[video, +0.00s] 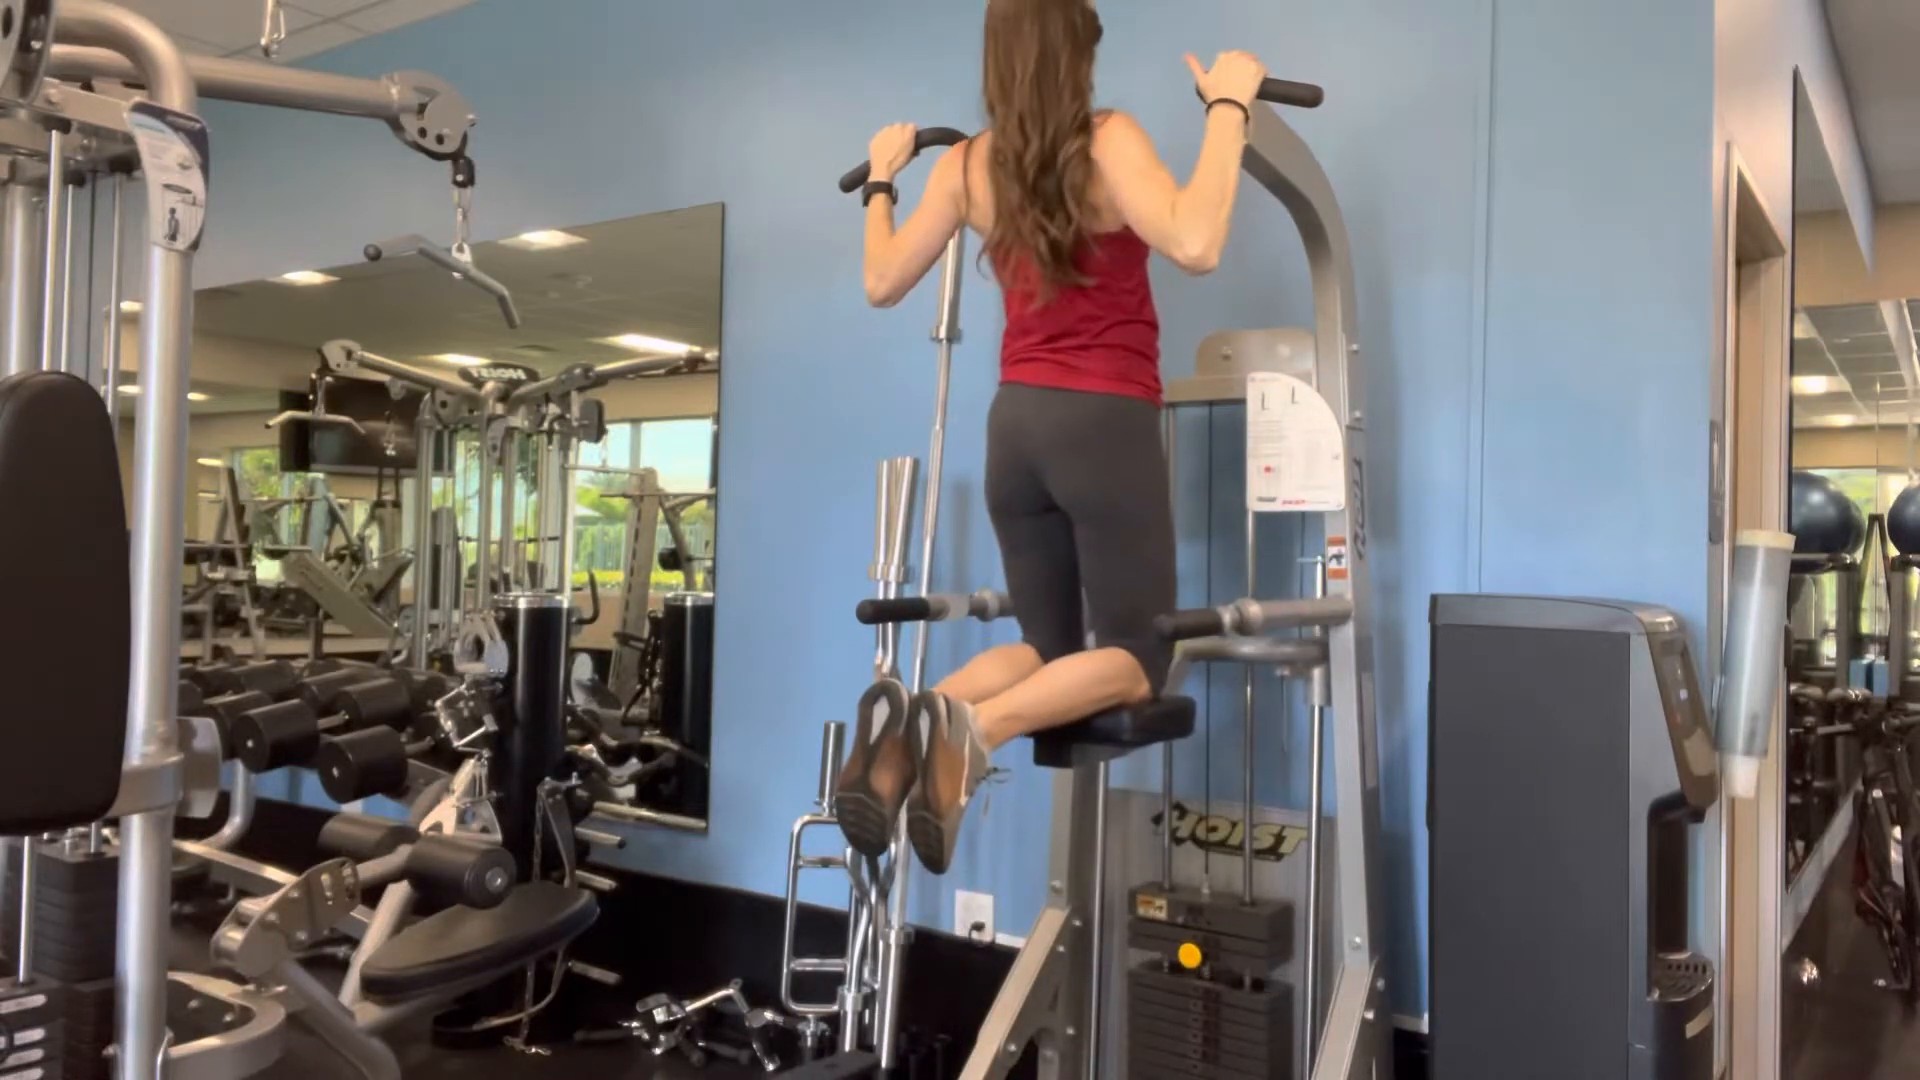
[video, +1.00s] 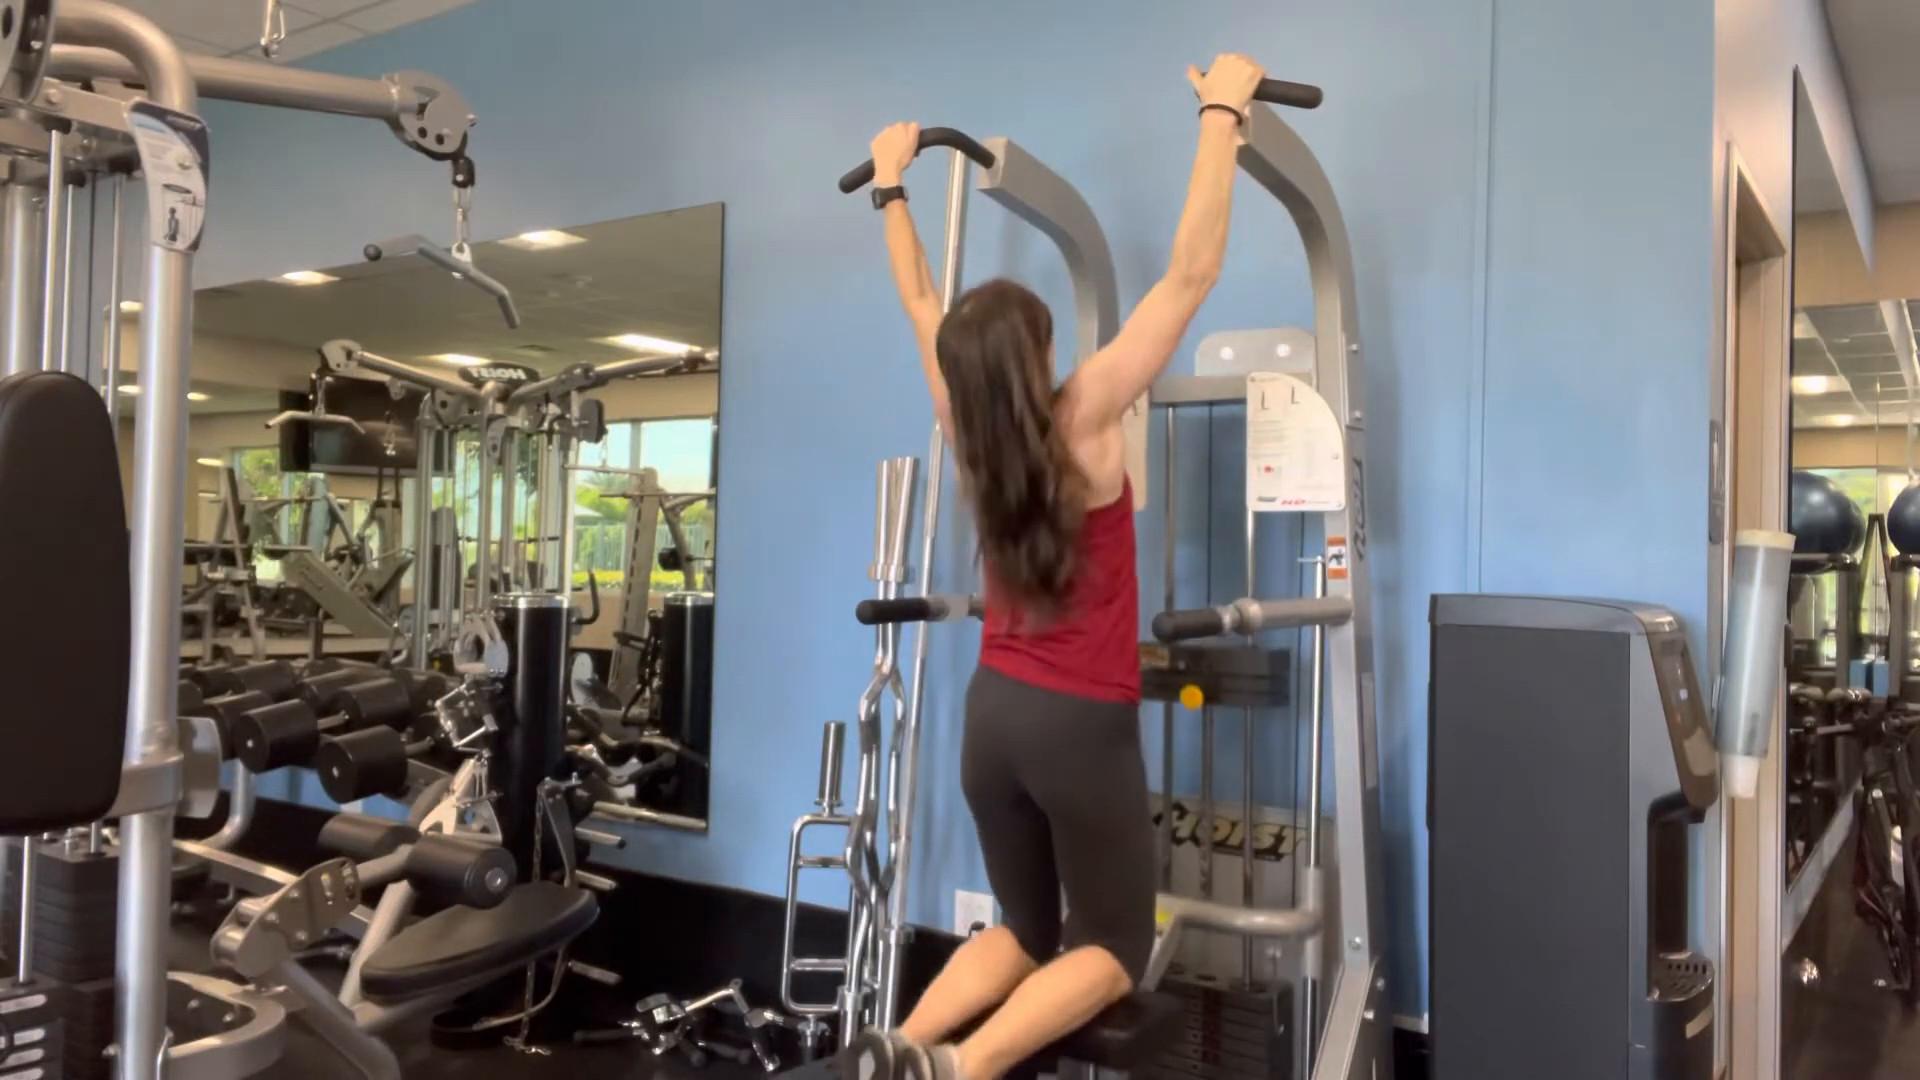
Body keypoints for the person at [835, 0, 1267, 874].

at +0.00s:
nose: (1090, 56)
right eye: (1085, 42)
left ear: (999, 57)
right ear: (1080, 52)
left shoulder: (970, 161)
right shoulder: (1108, 139)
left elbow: (882, 281)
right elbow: (1195, 243)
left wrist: (878, 178)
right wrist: (1228, 109)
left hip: (1015, 424)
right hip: (1104, 424)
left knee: (1049, 649)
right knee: (1136, 663)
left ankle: (918, 716)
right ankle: (978, 727)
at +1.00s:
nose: (1050, 329)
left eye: (999, 329)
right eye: (1041, 324)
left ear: (965, 362)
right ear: (1039, 345)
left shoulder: (968, 423)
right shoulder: (1090, 404)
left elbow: (921, 302)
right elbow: (1191, 273)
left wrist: (890, 186)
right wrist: (1222, 116)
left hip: (992, 713)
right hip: (1082, 729)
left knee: (1022, 929)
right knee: (1115, 949)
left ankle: (903, 1044)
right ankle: (967, 1065)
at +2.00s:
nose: (1082, 45)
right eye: (1077, 33)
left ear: (991, 54)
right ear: (1073, 44)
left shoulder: (973, 157)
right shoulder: (1110, 129)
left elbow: (891, 280)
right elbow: (1177, 243)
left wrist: (879, 181)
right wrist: (1228, 114)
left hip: (1020, 415)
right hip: (1110, 416)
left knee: (1039, 638)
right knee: (1132, 653)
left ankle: (915, 716)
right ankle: (978, 724)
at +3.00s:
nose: (1054, 199)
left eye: (1040, 185)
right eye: (1046, 187)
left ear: (953, 216)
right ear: (1036, 204)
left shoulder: (952, 304)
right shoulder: (1077, 278)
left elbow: (880, 295)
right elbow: (1237, 256)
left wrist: (882, 187)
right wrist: (1228, 113)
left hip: (1004, 577)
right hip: (1093, 580)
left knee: (1031, 784)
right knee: (1127, 804)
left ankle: (913, 866)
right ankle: (970, 887)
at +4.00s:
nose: (1057, 240)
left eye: (1043, 228)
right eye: (1049, 227)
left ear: (960, 245)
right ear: (1038, 239)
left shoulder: (946, 335)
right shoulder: (1081, 321)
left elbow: (883, 290)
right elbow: (1239, 263)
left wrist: (886, 184)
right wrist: (1230, 115)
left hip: (1001, 608)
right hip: (1090, 614)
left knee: (1026, 822)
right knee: (1122, 844)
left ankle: (908, 926)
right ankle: (965, 941)